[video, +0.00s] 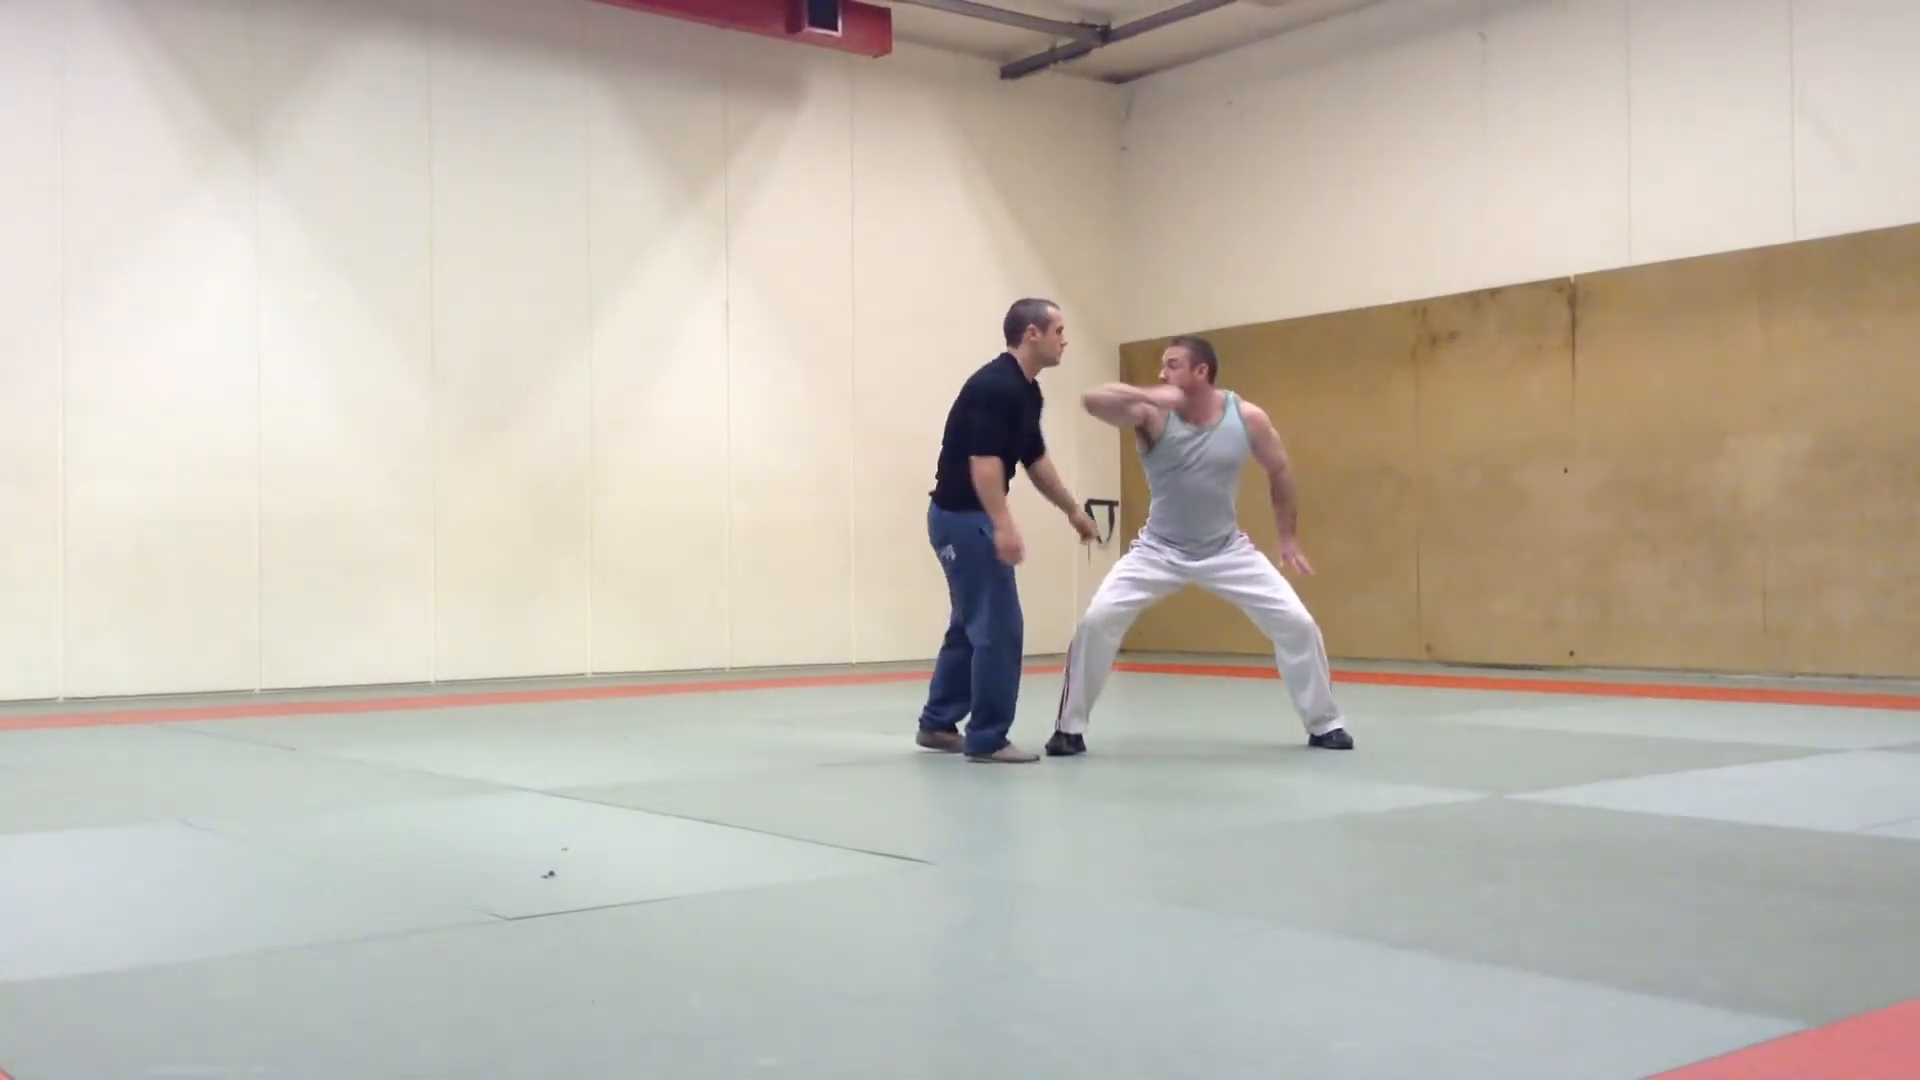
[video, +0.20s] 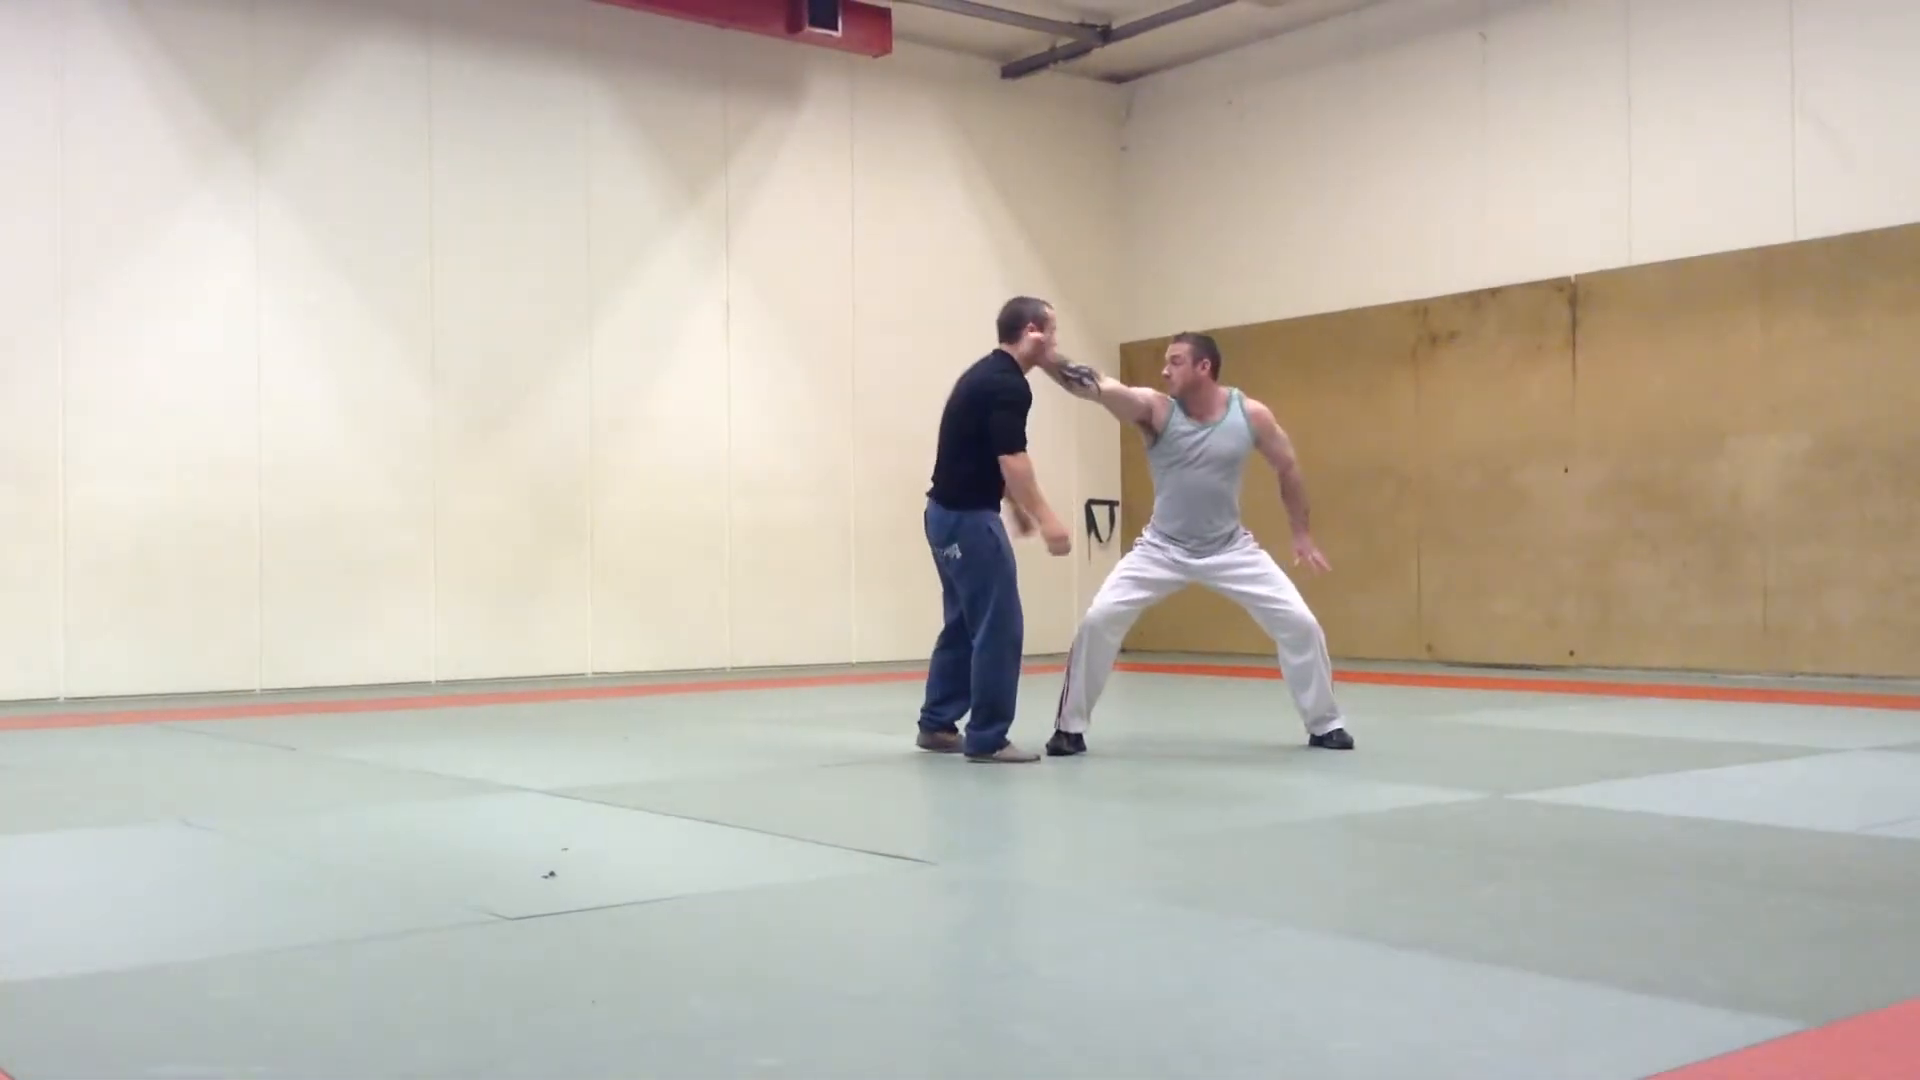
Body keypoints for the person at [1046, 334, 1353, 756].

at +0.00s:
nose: (1164, 375)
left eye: (1173, 366)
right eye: (1162, 367)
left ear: (1202, 371)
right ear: (1165, 375)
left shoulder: (1247, 418)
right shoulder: (1152, 413)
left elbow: (1280, 472)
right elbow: (1092, 400)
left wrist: (1287, 538)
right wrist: (1150, 396)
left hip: (1226, 551)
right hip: (1157, 551)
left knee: (1299, 625)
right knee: (1096, 621)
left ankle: (1323, 724)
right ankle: (1069, 729)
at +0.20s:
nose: (1166, 371)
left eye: (1176, 362)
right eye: (1166, 363)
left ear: (1204, 367)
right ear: (1170, 368)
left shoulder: (1250, 415)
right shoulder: (1156, 408)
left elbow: (1288, 468)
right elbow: (1098, 387)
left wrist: (1301, 534)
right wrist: (1049, 361)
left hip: (1230, 551)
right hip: (1160, 550)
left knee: (1301, 625)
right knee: (1098, 620)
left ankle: (1323, 724)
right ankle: (1069, 728)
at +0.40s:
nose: (1165, 368)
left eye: (1174, 359)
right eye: (1165, 360)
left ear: (1204, 362)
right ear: (1185, 366)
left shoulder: (1253, 410)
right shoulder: (1156, 409)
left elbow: (1303, 457)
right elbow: (1092, 402)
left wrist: (1314, 515)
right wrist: (1054, 375)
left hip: (1238, 548)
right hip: (1168, 547)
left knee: (1302, 625)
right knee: (1109, 621)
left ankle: (1323, 724)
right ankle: (1071, 727)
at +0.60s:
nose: (1142, 359)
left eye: (1150, 350)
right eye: (1141, 351)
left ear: (1180, 351)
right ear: (1150, 356)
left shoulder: (1222, 385)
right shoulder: (1143, 408)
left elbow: (1269, 408)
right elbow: (1088, 443)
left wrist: (1218, 403)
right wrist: (1092, 433)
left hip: (1235, 537)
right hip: (1171, 537)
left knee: (1291, 630)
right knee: (1113, 612)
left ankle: (1324, 724)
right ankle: (1159, 718)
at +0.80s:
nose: (1103, 347)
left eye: (1110, 338)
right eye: (1101, 339)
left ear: (1140, 339)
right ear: (1110, 342)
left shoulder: (1176, 375)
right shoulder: (1119, 407)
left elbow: (1152, 359)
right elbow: (1104, 466)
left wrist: (1074, 349)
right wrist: (1089, 447)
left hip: (1195, 516)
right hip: (1147, 526)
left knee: (1200, 601)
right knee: (1118, 625)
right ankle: (1162, 726)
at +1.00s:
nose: (1067, 346)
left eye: (1074, 339)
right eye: (1068, 340)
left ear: (1100, 338)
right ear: (1090, 340)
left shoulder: (1130, 366)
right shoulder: (1109, 398)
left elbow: (1062, 342)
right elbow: (1100, 477)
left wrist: (994, 361)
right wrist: (1054, 443)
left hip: (1157, 506)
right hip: (1138, 511)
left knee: (1090, 569)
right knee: (1112, 623)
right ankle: (1160, 725)